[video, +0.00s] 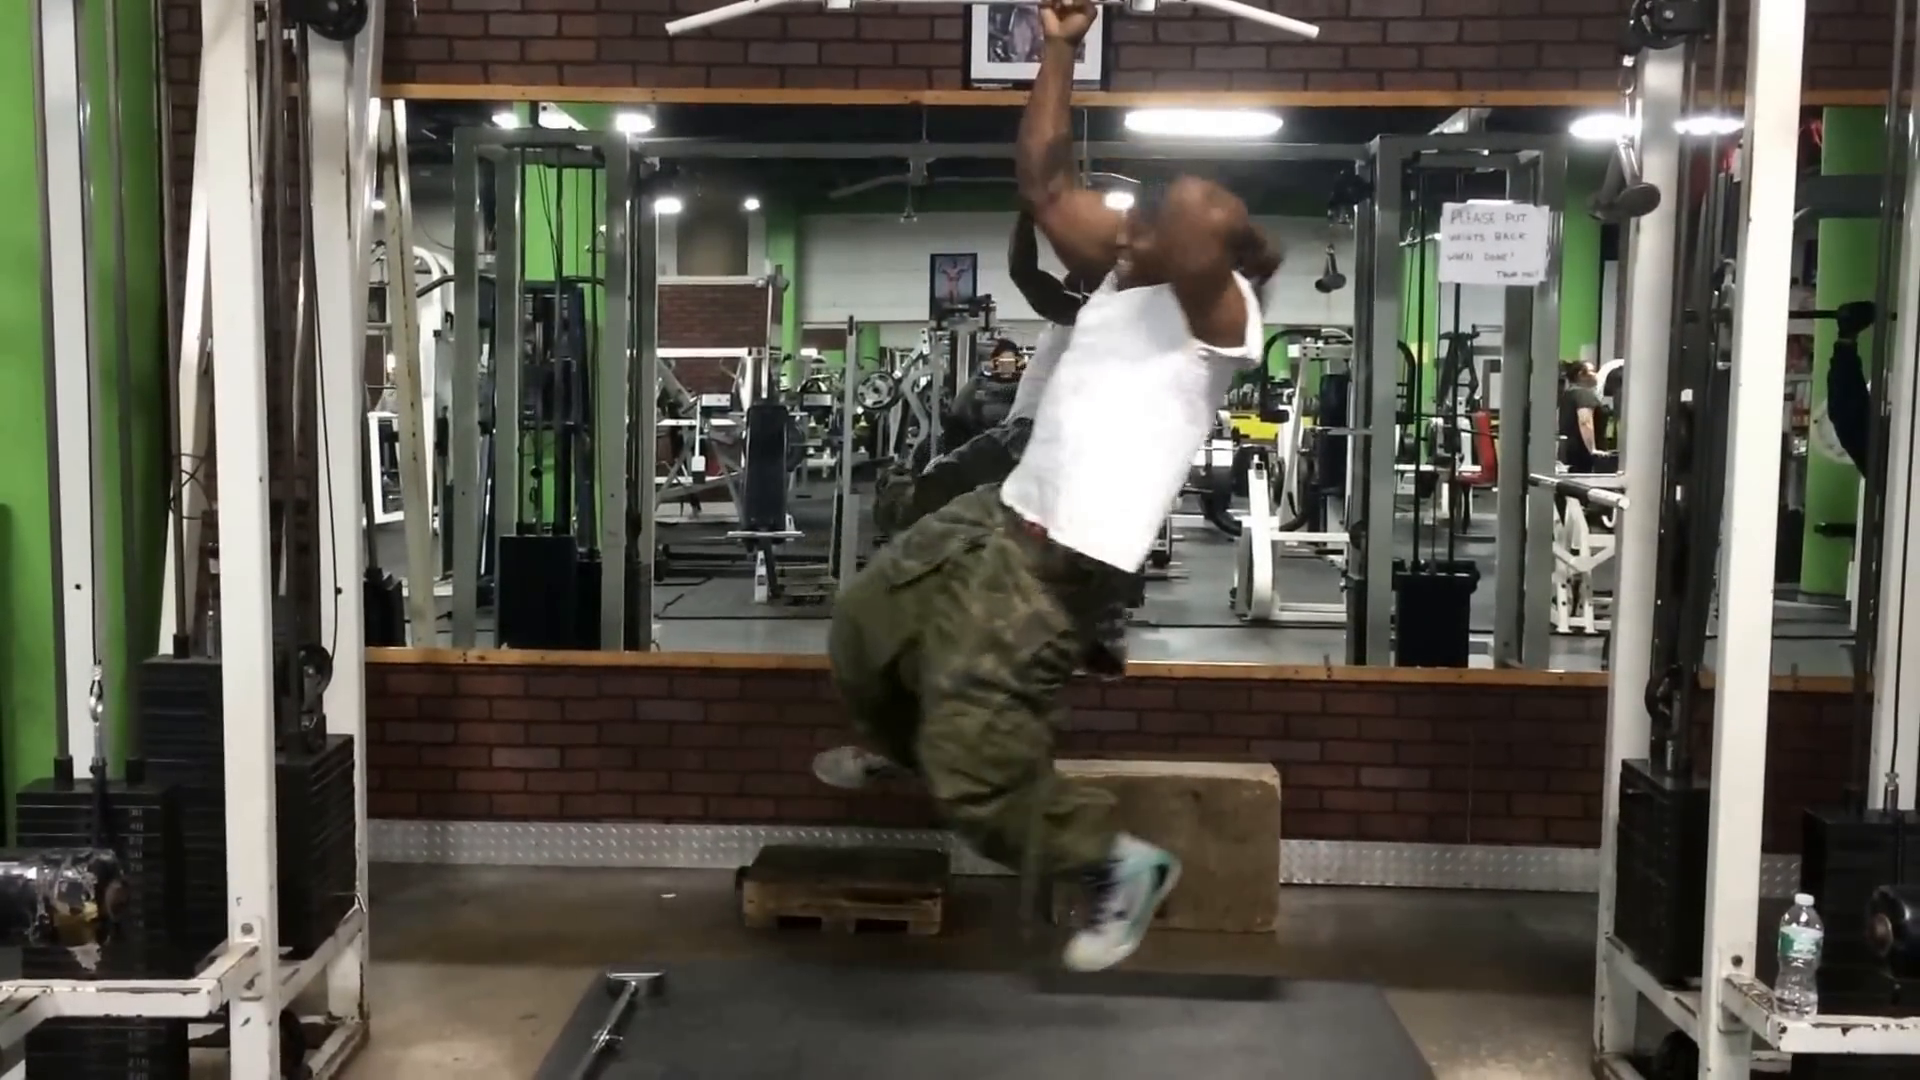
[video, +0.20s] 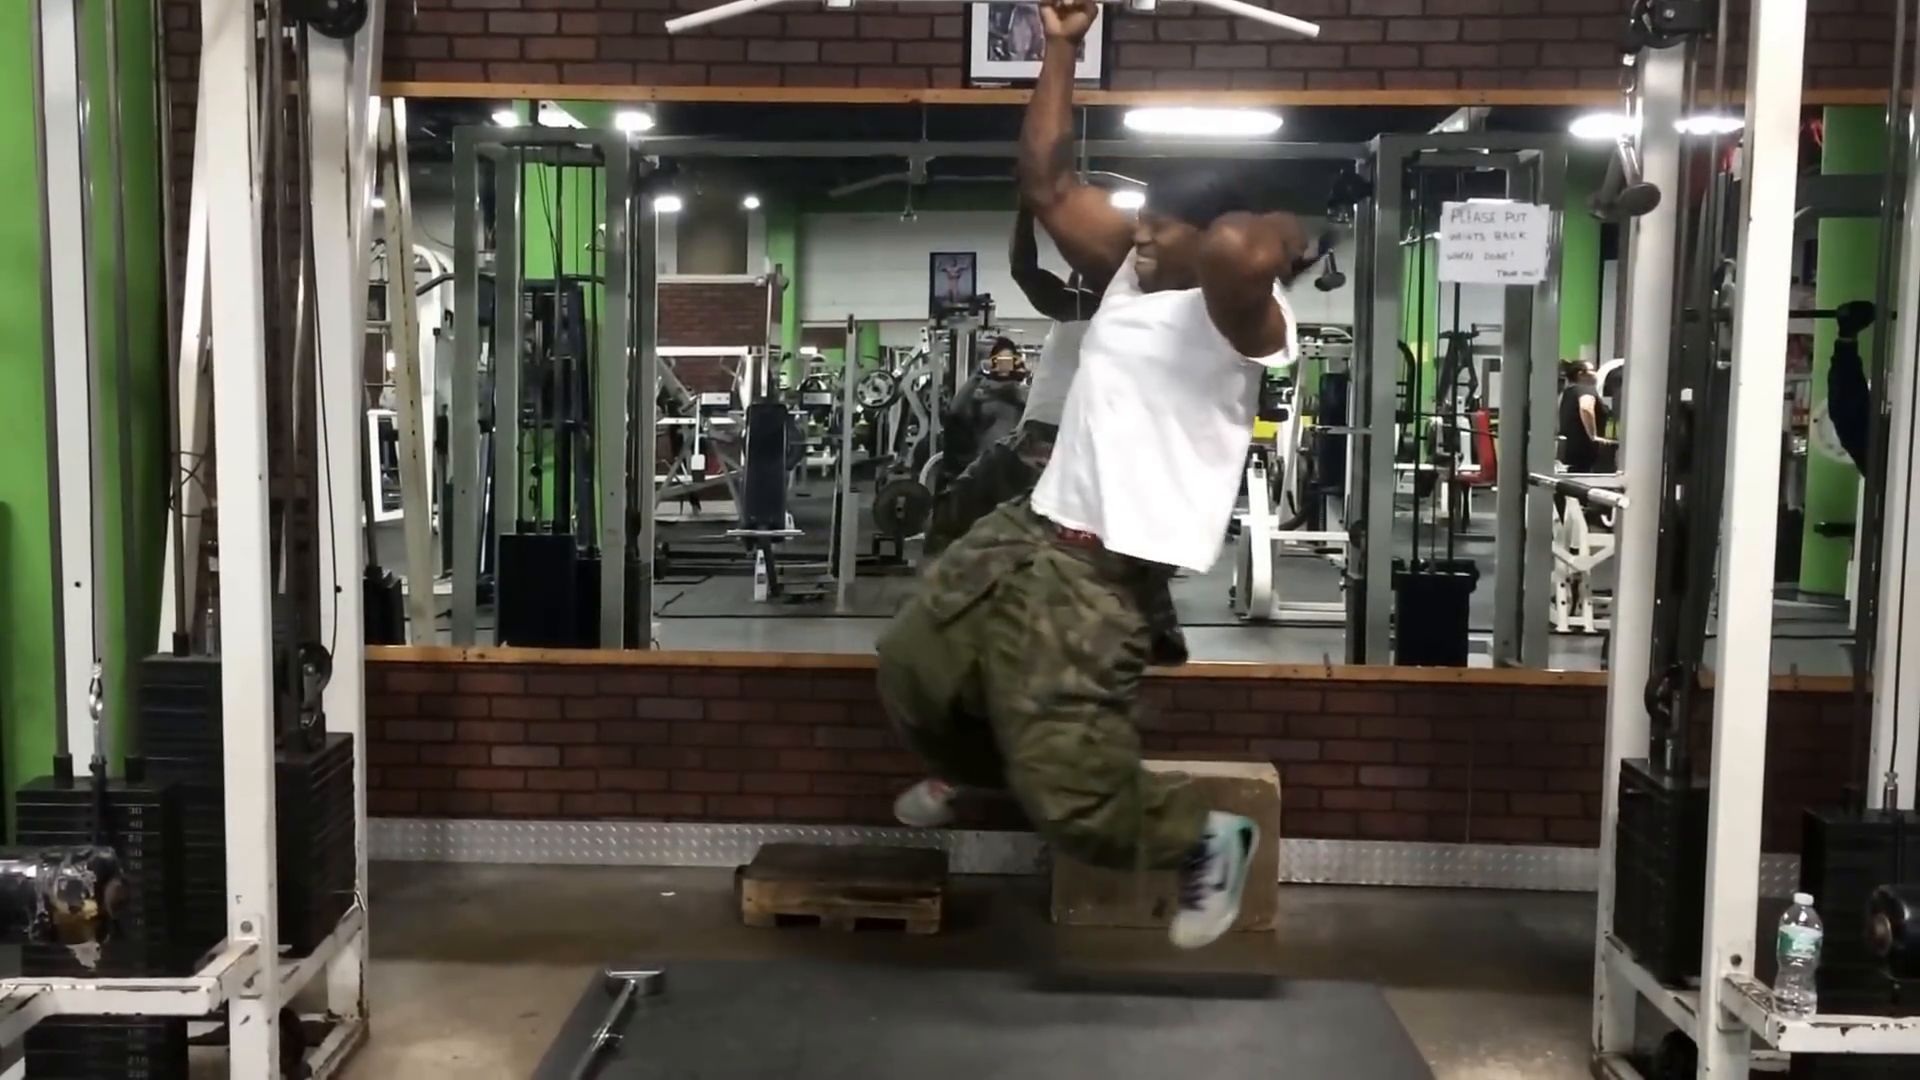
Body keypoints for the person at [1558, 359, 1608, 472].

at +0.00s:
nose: (1596, 374)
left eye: (1594, 371)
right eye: (1592, 371)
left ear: (1580, 375)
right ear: (1581, 375)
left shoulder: (1568, 393)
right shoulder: (1585, 394)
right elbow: (1585, 422)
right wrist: (1593, 449)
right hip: (1582, 453)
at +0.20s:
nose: (1595, 374)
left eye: (1594, 370)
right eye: (1592, 370)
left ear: (1580, 374)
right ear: (1581, 374)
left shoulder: (1568, 391)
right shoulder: (1587, 390)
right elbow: (1586, 409)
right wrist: (1593, 436)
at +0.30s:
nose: (1596, 374)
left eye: (1595, 370)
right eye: (1592, 370)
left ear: (1580, 375)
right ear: (1582, 374)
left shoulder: (1567, 390)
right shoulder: (1587, 388)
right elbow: (1586, 404)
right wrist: (1595, 430)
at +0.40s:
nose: (1596, 373)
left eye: (1595, 369)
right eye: (1593, 369)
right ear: (1582, 373)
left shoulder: (1564, 390)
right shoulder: (1588, 388)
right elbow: (1586, 400)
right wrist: (1595, 425)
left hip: (1569, 445)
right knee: (1618, 444)